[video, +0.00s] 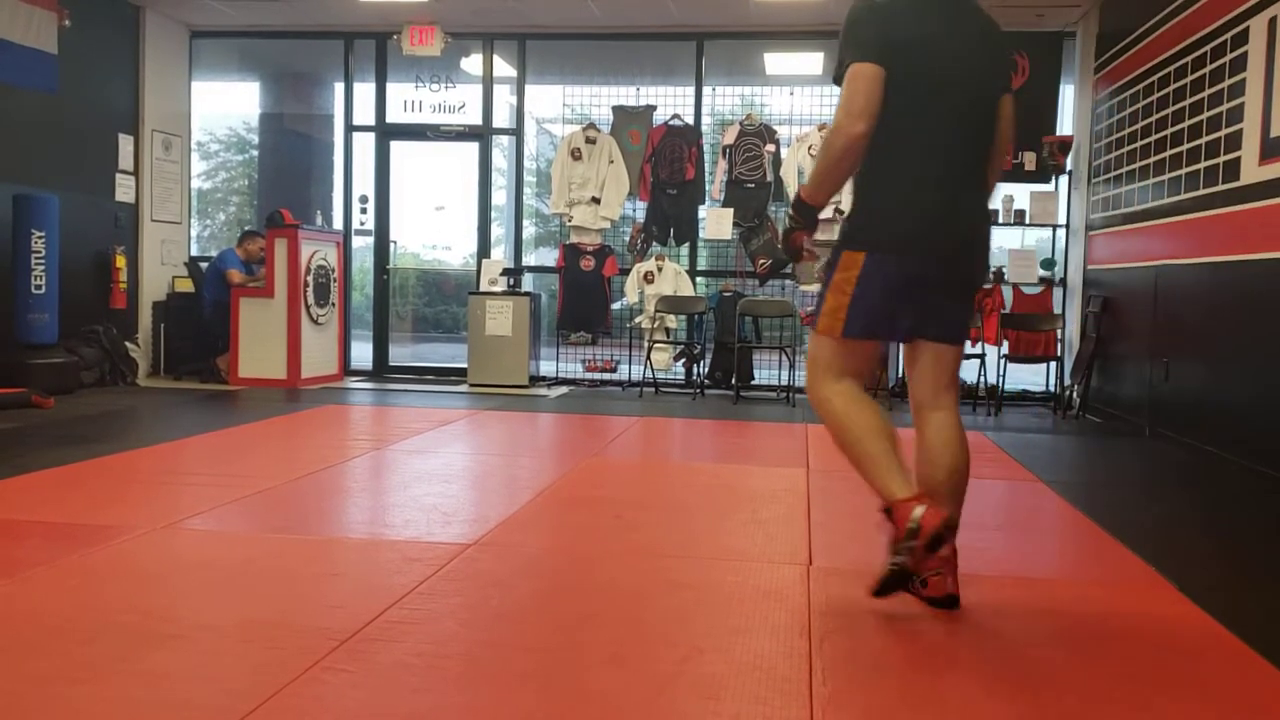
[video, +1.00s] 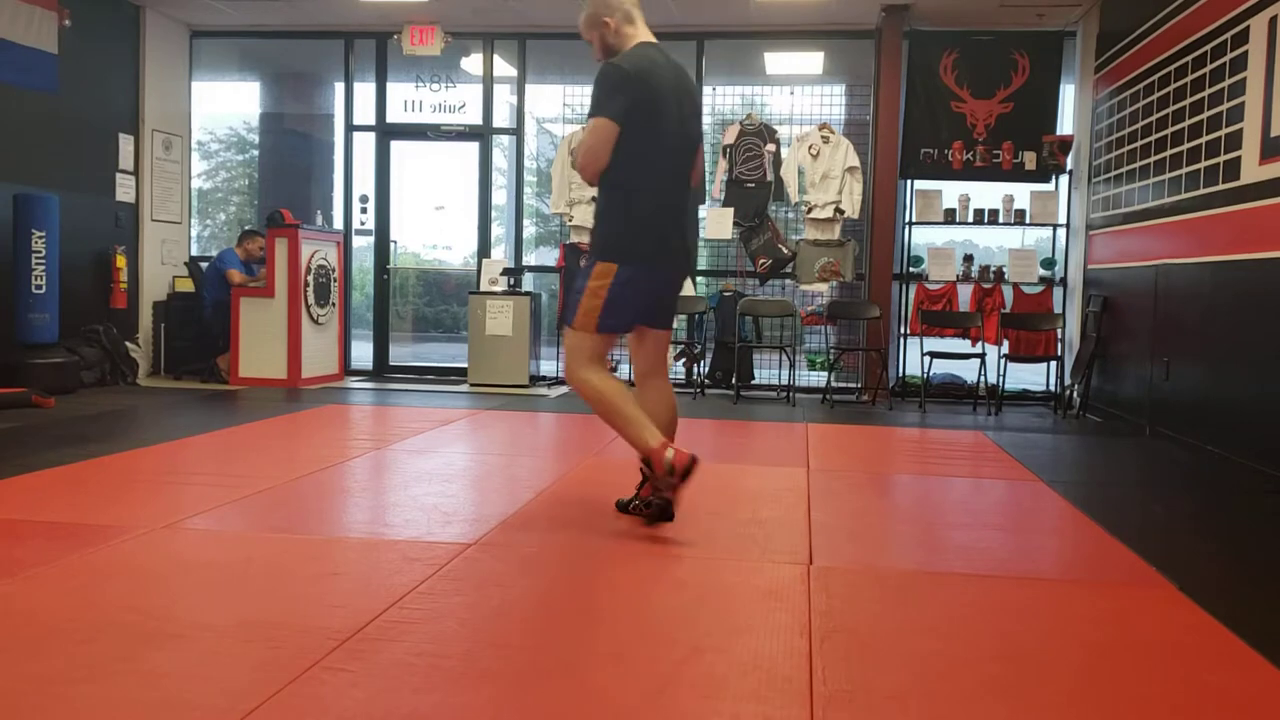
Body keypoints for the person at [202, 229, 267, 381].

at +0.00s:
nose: (262, 254)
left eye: (263, 250)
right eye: (260, 249)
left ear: (247, 246)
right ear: (247, 245)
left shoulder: (245, 263)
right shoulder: (229, 256)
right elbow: (235, 279)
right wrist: (257, 278)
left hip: (230, 308)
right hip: (215, 309)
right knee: (253, 332)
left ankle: (226, 363)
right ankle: (223, 362)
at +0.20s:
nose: (262, 254)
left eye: (263, 251)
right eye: (260, 249)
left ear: (248, 246)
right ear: (247, 245)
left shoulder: (245, 263)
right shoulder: (229, 256)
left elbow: (253, 281)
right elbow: (235, 280)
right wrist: (258, 278)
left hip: (230, 308)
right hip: (214, 309)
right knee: (253, 332)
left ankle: (227, 363)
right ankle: (224, 362)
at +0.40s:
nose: (262, 254)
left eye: (263, 251)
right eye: (260, 249)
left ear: (247, 246)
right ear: (247, 245)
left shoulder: (244, 263)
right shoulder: (229, 256)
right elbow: (235, 279)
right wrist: (257, 278)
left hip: (229, 308)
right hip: (214, 309)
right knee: (253, 331)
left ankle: (226, 363)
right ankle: (223, 362)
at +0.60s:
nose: (262, 254)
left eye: (263, 251)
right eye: (260, 249)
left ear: (247, 245)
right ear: (246, 244)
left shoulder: (245, 263)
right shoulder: (229, 256)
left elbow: (252, 282)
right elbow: (235, 279)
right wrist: (257, 278)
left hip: (230, 308)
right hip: (214, 309)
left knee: (258, 328)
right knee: (253, 331)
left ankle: (227, 363)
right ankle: (224, 362)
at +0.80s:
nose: (262, 254)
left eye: (263, 251)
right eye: (260, 249)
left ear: (248, 245)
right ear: (247, 244)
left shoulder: (246, 264)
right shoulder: (228, 256)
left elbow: (252, 283)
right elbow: (234, 280)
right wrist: (257, 278)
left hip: (230, 308)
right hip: (214, 309)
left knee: (259, 327)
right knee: (254, 330)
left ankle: (228, 362)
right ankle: (224, 361)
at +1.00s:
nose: (262, 253)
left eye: (263, 250)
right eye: (260, 248)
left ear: (247, 245)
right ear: (247, 244)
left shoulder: (245, 263)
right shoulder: (228, 255)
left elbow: (253, 282)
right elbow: (236, 280)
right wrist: (258, 279)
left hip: (230, 308)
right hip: (213, 309)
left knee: (257, 328)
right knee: (252, 331)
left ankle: (226, 362)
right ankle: (223, 362)